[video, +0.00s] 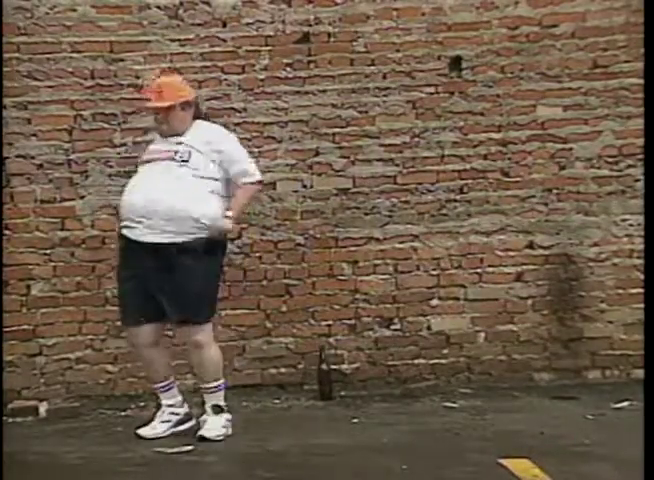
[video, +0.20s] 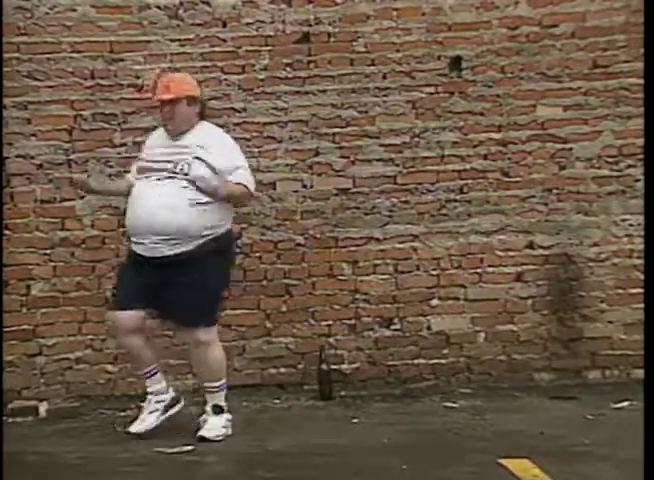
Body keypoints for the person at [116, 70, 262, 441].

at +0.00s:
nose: (156, 118)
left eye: (162, 110)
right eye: (154, 111)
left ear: (185, 107)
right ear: (157, 110)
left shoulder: (216, 137)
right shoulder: (158, 141)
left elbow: (250, 180)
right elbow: (166, 188)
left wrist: (231, 216)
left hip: (192, 248)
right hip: (140, 246)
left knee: (197, 335)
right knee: (143, 334)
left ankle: (216, 412)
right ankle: (174, 409)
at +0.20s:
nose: (164, 111)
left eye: (171, 104)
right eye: (160, 105)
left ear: (193, 105)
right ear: (156, 107)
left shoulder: (216, 140)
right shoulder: (154, 141)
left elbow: (246, 192)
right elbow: (135, 184)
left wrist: (218, 188)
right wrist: (100, 185)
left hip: (200, 252)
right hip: (146, 251)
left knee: (200, 334)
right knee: (124, 322)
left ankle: (217, 411)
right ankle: (161, 395)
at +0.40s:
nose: (146, 114)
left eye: (155, 107)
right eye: (143, 107)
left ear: (177, 111)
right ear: (139, 109)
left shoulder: (197, 141)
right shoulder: (128, 139)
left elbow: (210, 181)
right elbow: (86, 167)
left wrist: (168, 186)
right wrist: (54, 194)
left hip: (205, 256)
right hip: (148, 257)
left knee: (209, 330)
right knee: (150, 332)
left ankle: (219, 411)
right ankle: (162, 413)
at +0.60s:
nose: (134, 128)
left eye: (141, 121)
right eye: (131, 121)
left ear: (163, 119)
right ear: (128, 120)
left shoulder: (185, 142)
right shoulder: (125, 151)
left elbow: (191, 176)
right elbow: (95, 178)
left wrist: (182, 212)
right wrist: (76, 203)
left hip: (189, 259)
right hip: (136, 261)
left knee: (196, 337)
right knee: (136, 335)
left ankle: (216, 411)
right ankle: (160, 413)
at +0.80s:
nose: (124, 99)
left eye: (132, 93)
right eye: (121, 93)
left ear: (153, 88)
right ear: (121, 93)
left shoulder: (179, 117)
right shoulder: (130, 124)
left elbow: (219, 161)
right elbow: (141, 173)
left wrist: (223, 204)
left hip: (176, 223)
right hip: (135, 231)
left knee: (185, 317)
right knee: (151, 322)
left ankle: (219, 400)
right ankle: (169, 406)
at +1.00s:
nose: (120, 118)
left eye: (125, 110)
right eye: (119, 111)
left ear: (146, 108)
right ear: (134, 111)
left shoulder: (166, 133)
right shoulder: (140, 145)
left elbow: (187, 175)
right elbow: (139, 193)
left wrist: (165, 205)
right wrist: (108, 181)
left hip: (170, 243)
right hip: (141, 251)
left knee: (171, 331)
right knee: (139, 336)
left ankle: (214, 417)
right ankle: (179, 413)